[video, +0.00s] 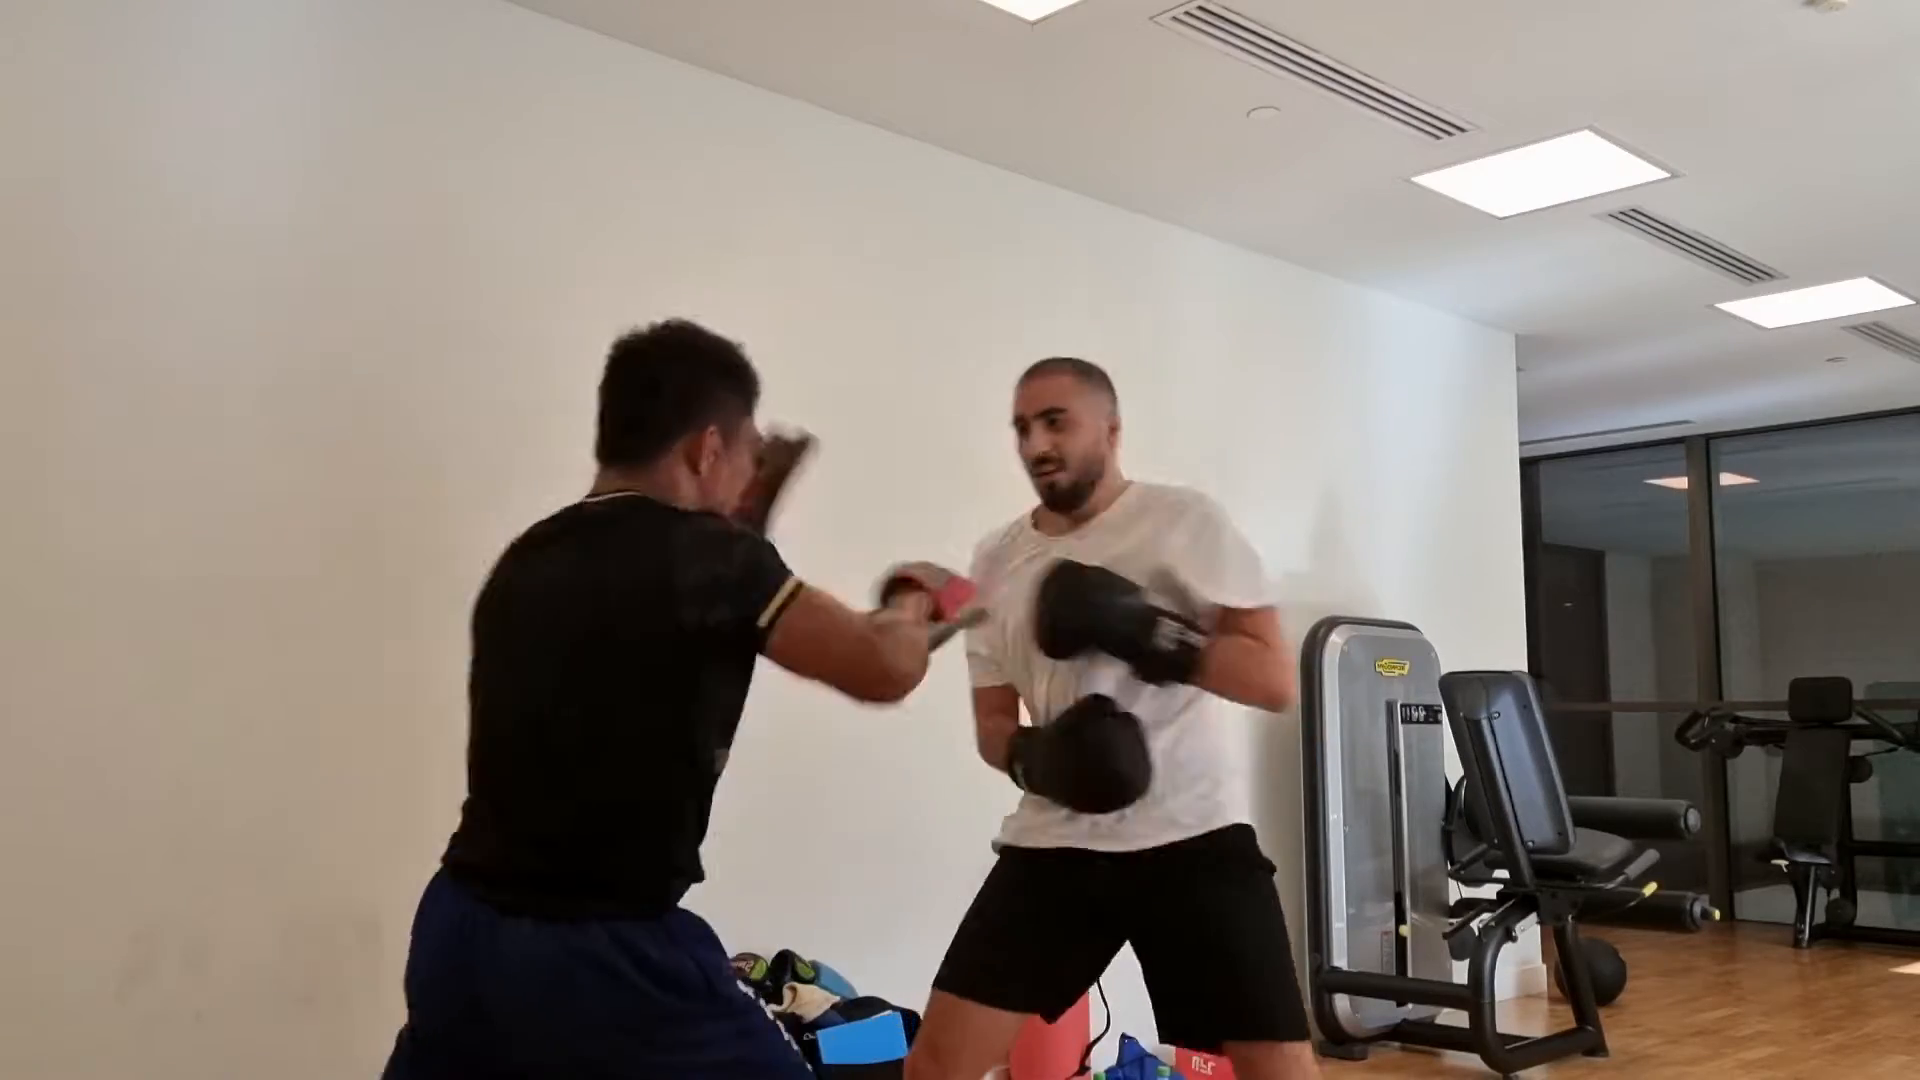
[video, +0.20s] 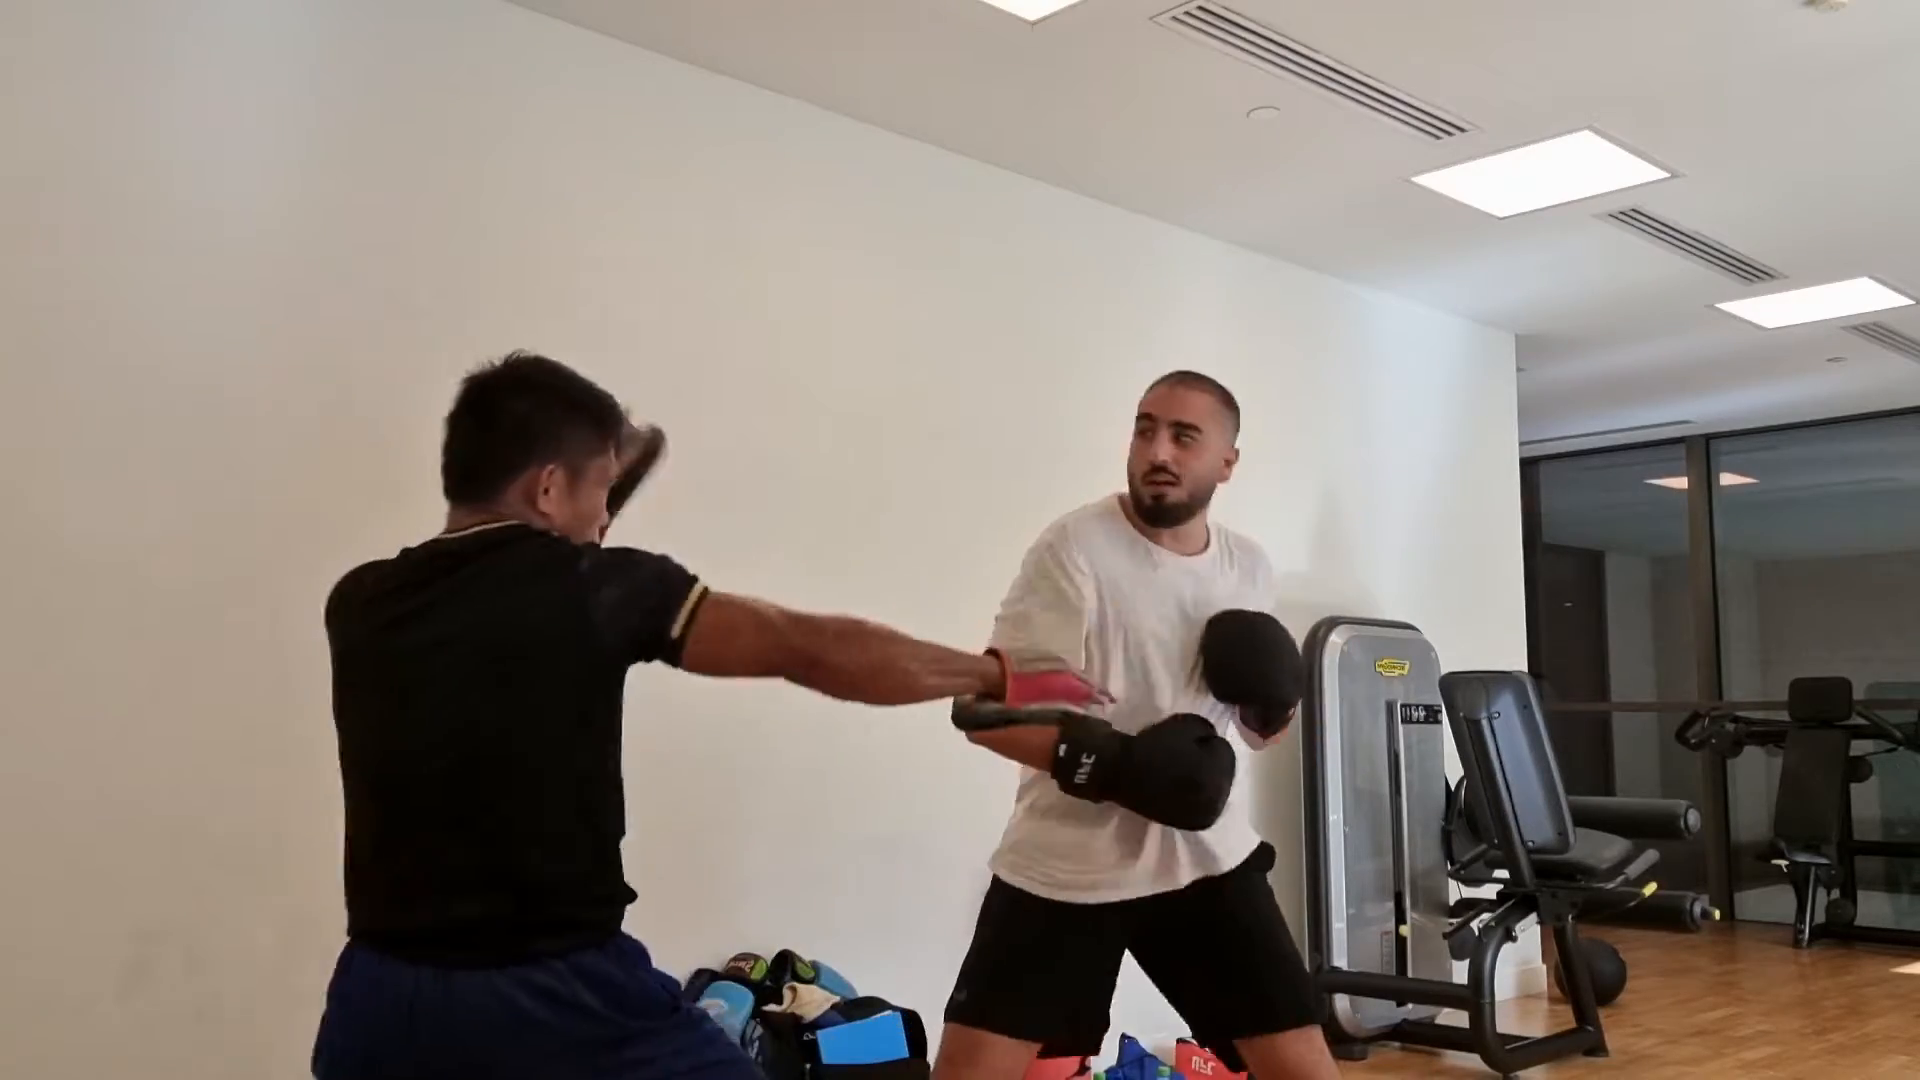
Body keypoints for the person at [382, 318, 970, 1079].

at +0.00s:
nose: (745, 482)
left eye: (754, 466)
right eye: (747, 461)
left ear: (614, 436)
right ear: (706, 449)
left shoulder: (523, 559)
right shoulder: (707, 555)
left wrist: (738, 527)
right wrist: (912, 600)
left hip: (463, 941)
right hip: (622, 958)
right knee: (777, 1063)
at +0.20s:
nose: (600, 520)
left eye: (608, 497)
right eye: (601, 495)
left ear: (465, 480)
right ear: (543, 487)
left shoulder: (357, 602)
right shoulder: (594, 586)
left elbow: (481, 584)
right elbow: (810, 650)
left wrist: (591, 489)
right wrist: (990, 677)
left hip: (382, 1009)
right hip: (572, 1004)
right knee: (729, 1060)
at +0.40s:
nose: (719, 484)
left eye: (723, 460)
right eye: (716, 459)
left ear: (588, 442)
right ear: (672, 456)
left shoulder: (541, 552)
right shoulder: (604, 563)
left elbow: (721, 653)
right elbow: (760, 701)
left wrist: (713, 520)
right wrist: (807, 599)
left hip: (454, 950)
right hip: (561, 967)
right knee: (726, 1062)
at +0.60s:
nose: (696, 469)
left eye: (703, 450)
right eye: (698, 448)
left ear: (564, 433)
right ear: (660, 435)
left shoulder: (449, 562)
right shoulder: (686, 527)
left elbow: (437, 683)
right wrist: (857, 469)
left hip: (483, 946)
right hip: (668, 943)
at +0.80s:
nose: (793, 461)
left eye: (798, 437)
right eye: (793, 434)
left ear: (662, 419)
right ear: (748, 431)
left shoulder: (568, 544)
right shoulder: (704, 544)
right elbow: (799, 729)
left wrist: (892, 655)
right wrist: (923, 635)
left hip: (509, 929)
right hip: (651, 947)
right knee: (816, 1065)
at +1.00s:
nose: (721, 461)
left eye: (723, 439)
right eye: (717, 438)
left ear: (582, 436)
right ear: (674, 444)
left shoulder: (476, 579)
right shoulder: (676, 555)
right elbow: (719, 756)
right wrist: (815, 755)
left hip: (474, 963)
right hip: (634, 973)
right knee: (801, 1061)